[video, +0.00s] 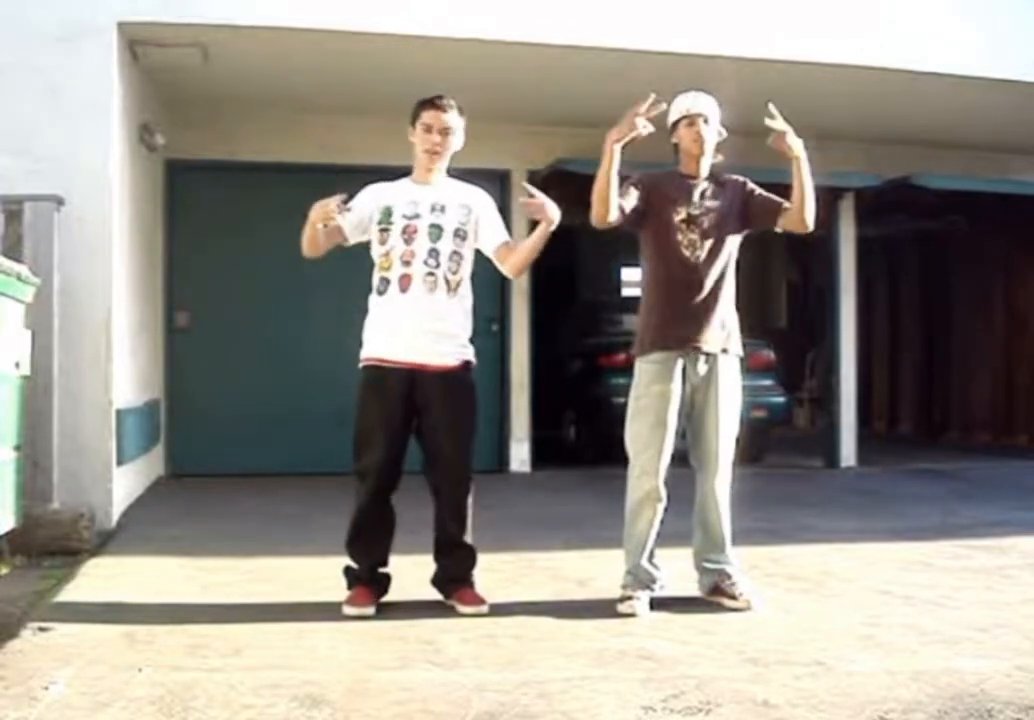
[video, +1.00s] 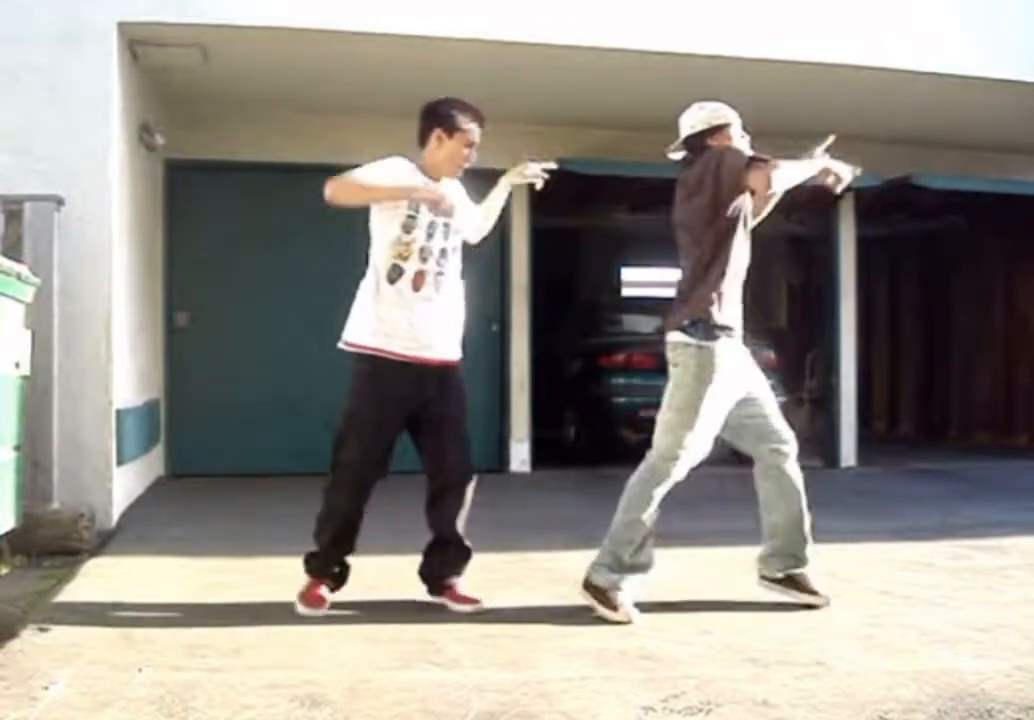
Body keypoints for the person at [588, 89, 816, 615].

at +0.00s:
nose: (697, 129)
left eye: (705, 121)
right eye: (687, 121)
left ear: (719, 133)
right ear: (673, 135)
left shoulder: (737, 191)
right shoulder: (651, 188)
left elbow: (801, 220)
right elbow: (602, 214)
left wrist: (798, 158)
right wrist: (612, 147)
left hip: (718, 345)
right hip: (659, 344)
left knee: (716, 466)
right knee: (647, 468)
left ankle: (717, 571)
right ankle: (638, 579)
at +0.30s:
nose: (697, 135)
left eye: (705, 127)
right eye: (688, 127)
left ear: (721, 136)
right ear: (674, 135)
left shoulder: (735, 194)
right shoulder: (652, 189)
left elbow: (781, 236)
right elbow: (608, 249)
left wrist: (813, 235)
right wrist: (608, 227)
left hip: (722, 347)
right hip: (664, 346)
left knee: (718, 468)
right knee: (650, 470)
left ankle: (717, 572)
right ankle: (638, 580)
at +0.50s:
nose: (700, 136)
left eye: (709, 128)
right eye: (692, 127)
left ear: (724, 137)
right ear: (678, 134)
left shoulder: (736, 195)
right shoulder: (650, 189)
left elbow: (777, 238)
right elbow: (602, 239)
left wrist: (810, 251)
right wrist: (614, 257)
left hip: (722, 346)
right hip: (662, 344)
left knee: (719, 467)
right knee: (651, 467)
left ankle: (717, 572)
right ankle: (638, 580)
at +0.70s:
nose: (717, 165)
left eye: (722, 157)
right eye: (706, 156)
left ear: (727, 164)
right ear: (681, 163)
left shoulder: (743, 224)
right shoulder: (645, 219)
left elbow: (749, 283)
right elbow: (600, 272)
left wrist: (734, 323)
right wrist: (631, 303)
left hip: (712, 362)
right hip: (657, 364)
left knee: (741, 472)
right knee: (648, 470)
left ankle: (724, 572)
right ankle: (604, 585)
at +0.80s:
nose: (736, 181)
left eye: (735, 173)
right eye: (724, 174)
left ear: (730, 183)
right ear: (691, 183)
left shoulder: (733, 237)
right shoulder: (662, 242)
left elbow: (722, 297)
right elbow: (630, 310)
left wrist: (751, 340)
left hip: (712, 377)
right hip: (663, 379)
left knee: (745, 479)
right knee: (658, 482)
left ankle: (723, 573)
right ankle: (605, 585)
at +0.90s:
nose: (741, 158)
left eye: (738, 149)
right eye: (731, 150)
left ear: (705, 159)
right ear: (705, 158)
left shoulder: (711, 205)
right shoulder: (702, 197)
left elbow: (724, 270)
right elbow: (701, 252)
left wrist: (782, 250)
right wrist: (769, 244)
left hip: (713, 360)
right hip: (682, 364)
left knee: (783, 449)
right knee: (675, 478)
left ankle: (741, 559)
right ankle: (607, 584)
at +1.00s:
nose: (744, 141)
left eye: (740, 134)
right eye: (736, 133)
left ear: (702, 141)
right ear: (715, 136)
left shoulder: (705, 184)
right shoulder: (714, 163)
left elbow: (753, 209)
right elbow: (772, 173)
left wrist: (807, 173)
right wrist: (818, 161)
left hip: (723, 344)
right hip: (703, 343)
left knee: (776, 446)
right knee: (669, 458)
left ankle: (786, 565)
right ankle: (607, 575)